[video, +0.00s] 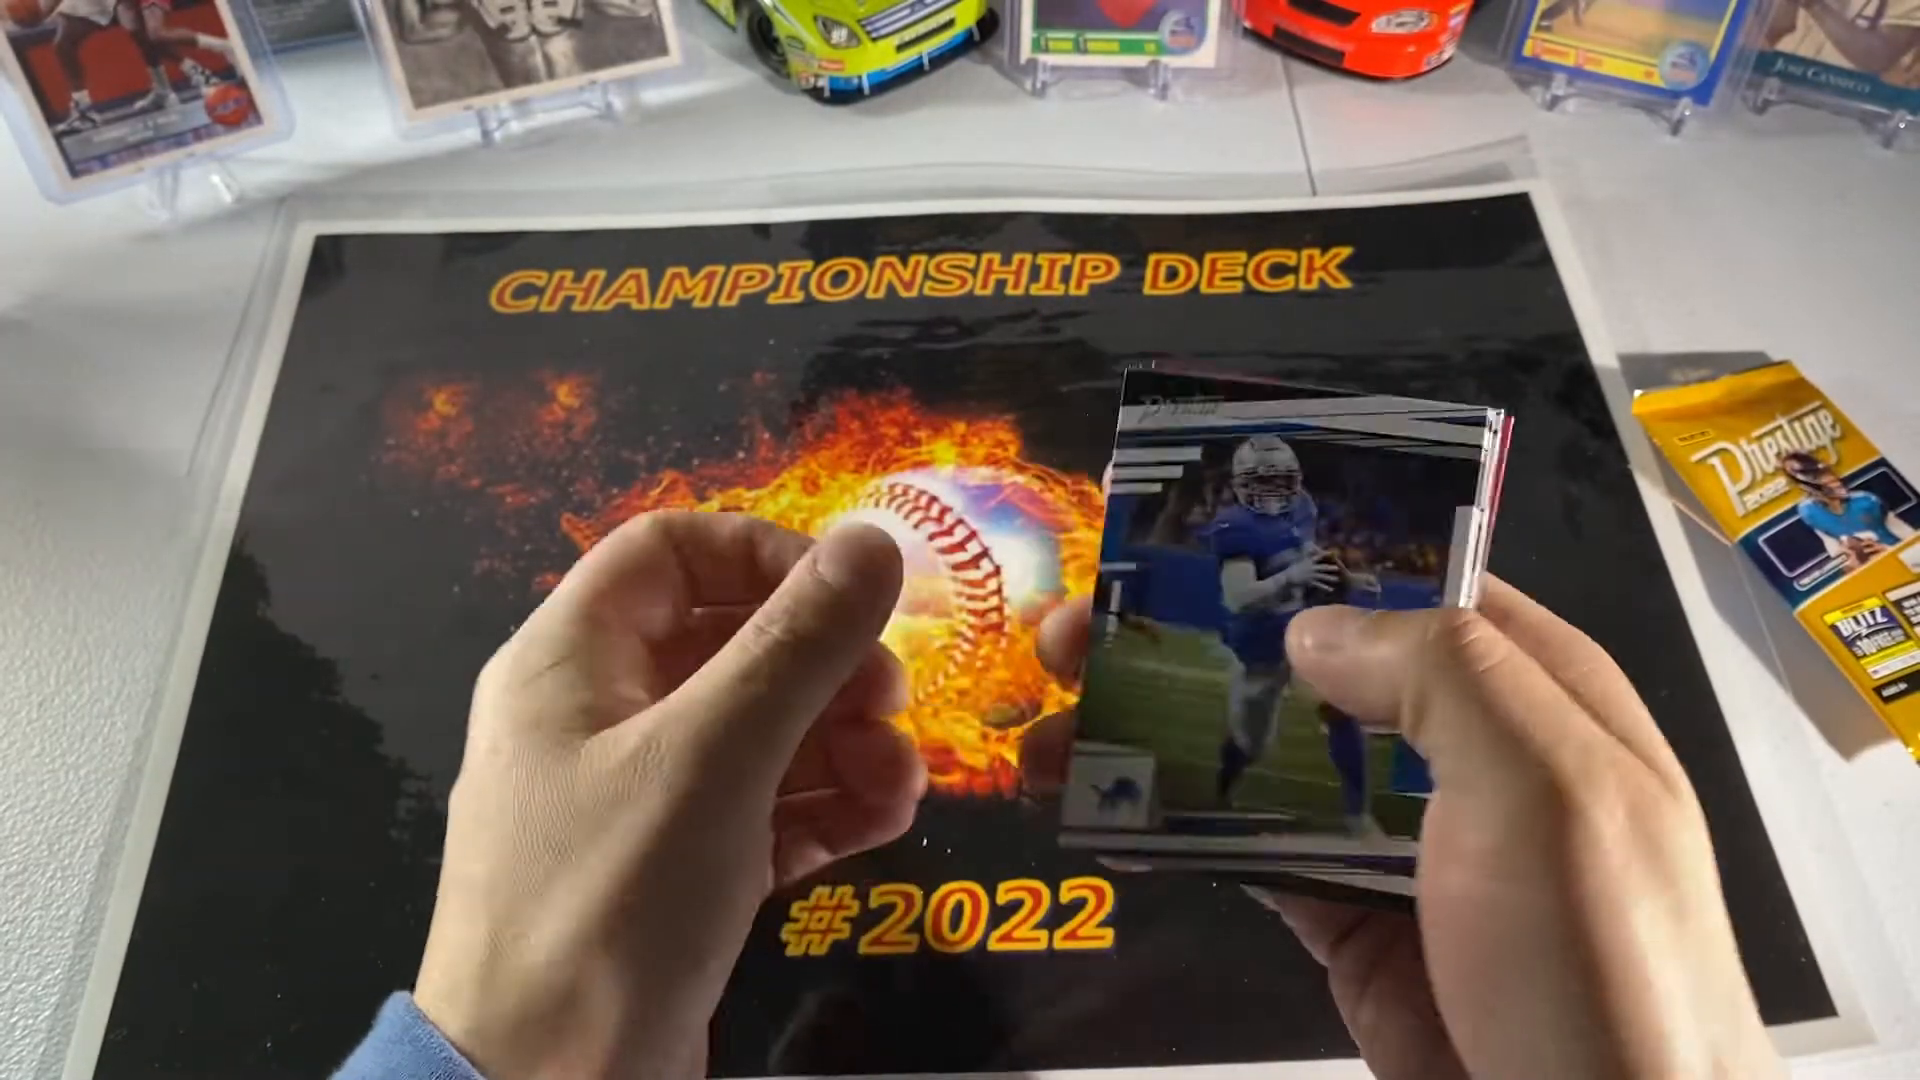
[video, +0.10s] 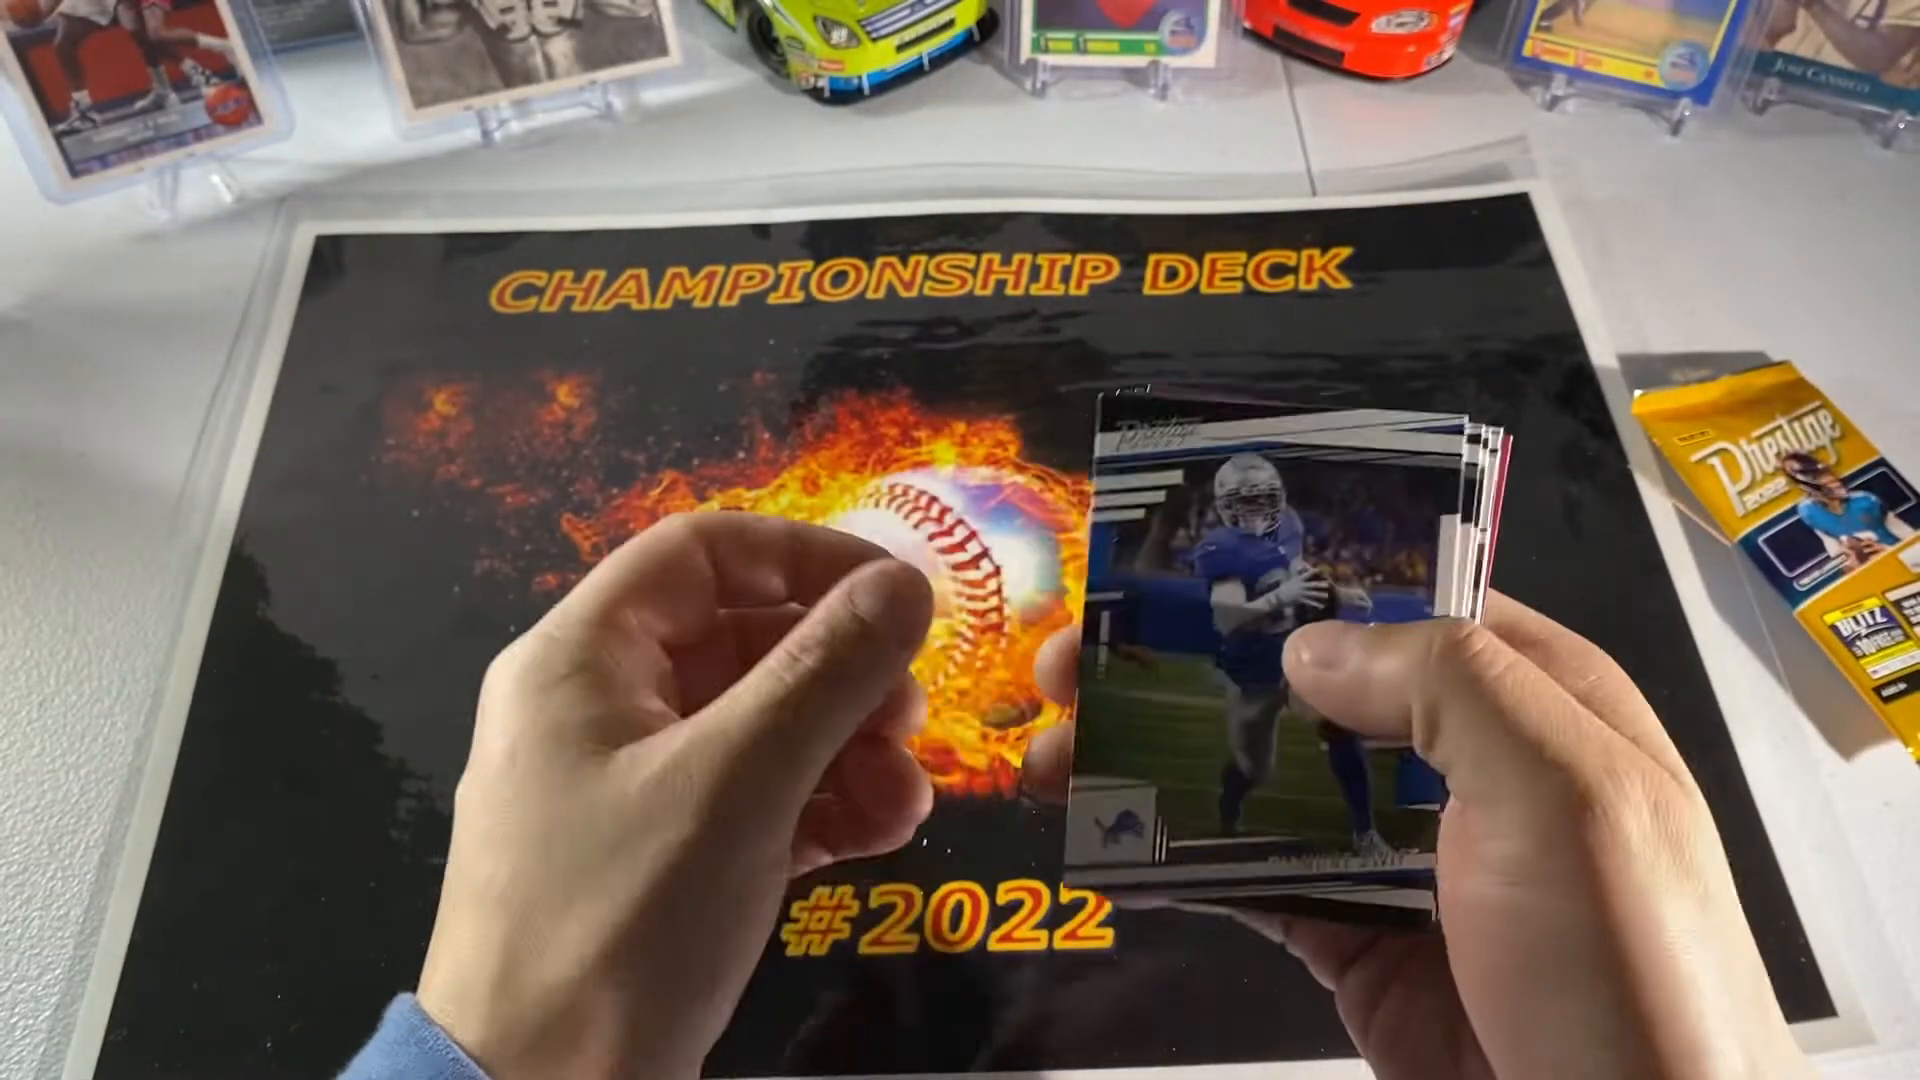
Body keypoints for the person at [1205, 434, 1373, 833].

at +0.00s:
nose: (1271, 489)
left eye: (1280, 479)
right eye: (1260, 480)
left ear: (1295, 479)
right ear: (1241, 483)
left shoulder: (1303, 511)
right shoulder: (1234, 528)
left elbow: (1305, 564)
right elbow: (1238, 597)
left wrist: (1346, 579)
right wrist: (1292, 577)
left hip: (1312, 638)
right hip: (1259, 646)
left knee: (1343, 714)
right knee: (1250, 741)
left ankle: (1357, 812)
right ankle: (1223, 789)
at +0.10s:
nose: (1261, 507)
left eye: (1269, 497)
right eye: (1248, 500)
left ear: (1280, 496)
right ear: (1225, 505)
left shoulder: (1289, 526)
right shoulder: (1221, 549)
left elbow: (1291, 580)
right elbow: (1226, 619)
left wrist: (1332, 595)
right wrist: (1281, 596)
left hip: (1303, 659)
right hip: (1251, 669)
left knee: (1341, 730)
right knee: (1252, 767)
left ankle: (1365, 833)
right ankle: (1229, 807)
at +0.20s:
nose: (1233, 522)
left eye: (1240, 511)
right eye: (1220, 515)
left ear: (1252, 510)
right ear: (1198, 522)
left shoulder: (1264, 539)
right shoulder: (1195, 567)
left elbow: (1267, 590)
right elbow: (1205, 634)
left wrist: (1312, 604)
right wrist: (1254, 612)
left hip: (1286, 671)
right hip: (1234, 684)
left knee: (1326, 744)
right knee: (1239, 782)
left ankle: (1355, 843)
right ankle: (1217, 813)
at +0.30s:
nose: (1216, 528)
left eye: (1223, 517)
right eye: (1203, 521)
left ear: (1234, 515)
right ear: (1181, 527)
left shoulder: (1247, 544)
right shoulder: (1180, 572)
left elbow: (1252, 596)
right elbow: (1190, 642)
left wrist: (1296, 610)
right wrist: (1240, 615)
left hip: (1269, 677)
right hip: (1217, 689)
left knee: (1312, 746)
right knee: (1222, 786)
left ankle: (1339, 844)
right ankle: (1203, 840)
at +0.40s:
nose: (1193, 541)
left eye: (1199, 531)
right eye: (1180, 535)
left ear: (1211, 528)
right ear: (1160, 540)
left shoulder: (1223, 556)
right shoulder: (1159, 585)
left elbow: (1231, 609)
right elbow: (1173, 654)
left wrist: (1273, 622)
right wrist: (1220, 626)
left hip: (1251, 688)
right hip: (1200, 700)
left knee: (1296, 765)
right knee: (1206, 792)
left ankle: (1318, 852)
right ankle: (1186, 843)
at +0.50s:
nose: (1192, 534)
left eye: (1198, 524)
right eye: (1181, 528)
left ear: (1208, 522)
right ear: (1162, 533)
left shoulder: (1222, 552)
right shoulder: (1161, 579)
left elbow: (1230, 601)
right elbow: (1176, 646)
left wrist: (1269, 620)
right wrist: (1220, 622)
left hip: (1248, 681)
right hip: (1199, 693)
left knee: (1300, 758)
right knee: (1211, 785)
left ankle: (1315, 851)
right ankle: (1189, 819)